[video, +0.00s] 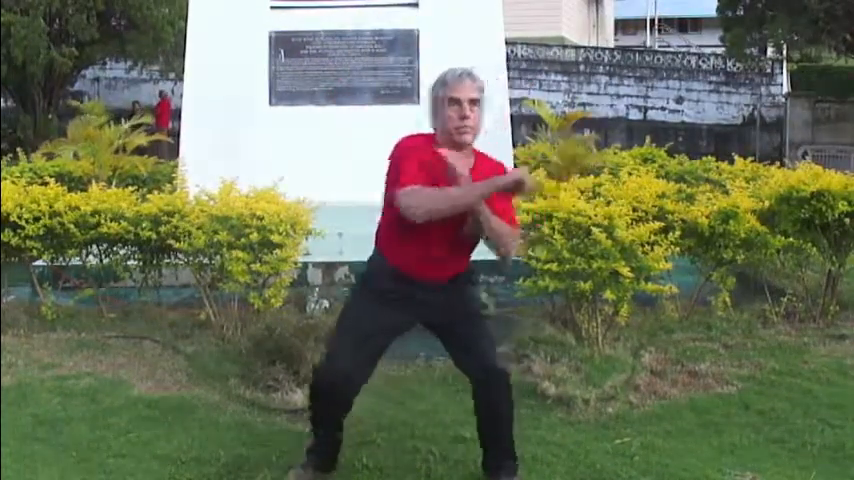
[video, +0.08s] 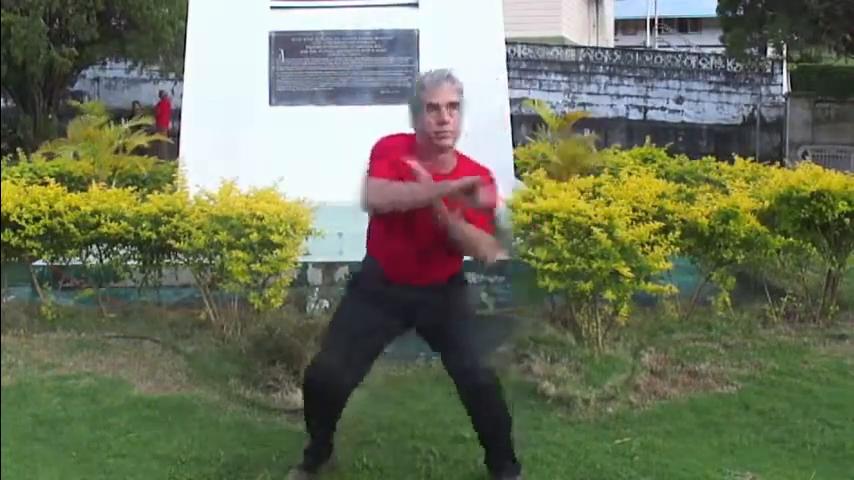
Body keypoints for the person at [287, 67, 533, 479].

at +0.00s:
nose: (464, 113)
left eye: (473, 105)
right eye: (453, 104)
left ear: (482, 114)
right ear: (435, 111)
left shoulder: (495, 172)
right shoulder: (412, 150)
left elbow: (507, 246)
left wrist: (473, 196)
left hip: (450, 293)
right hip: (387, 287)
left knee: (492, 376)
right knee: (333, 379)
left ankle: (501, 471)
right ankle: (321, 458)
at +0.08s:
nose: (443, 118)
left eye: (452, 108)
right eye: (432, 109)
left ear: (461, 114)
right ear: (415, 116)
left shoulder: (476, 176)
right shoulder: (392, 151)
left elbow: (487, 250)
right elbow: (375, 198)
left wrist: (448, 218)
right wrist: (454, 186)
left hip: (443, 294)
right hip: (379, 288)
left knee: (477, 381)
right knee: (324, 378)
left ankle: (504, 468)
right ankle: (318, 451)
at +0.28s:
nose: (373, 141)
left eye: (383, 130)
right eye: (364, 132)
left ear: (400, 132)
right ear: (354, 135)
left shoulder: (422, 198)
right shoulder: (347, 161)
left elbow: (443, 286)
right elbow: (278, 164)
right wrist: (310, 133)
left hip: (402, 310)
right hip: (351, 301)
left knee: (423, 414)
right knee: (295, 372)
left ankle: (526, 462)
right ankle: (316, 460)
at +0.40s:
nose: (348, 156)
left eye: (357, 145)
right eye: (339, 146)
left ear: (378, 145)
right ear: (330, 148)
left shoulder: (404, 208)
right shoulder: (326, 175)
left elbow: (423, 300)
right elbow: (267, 188)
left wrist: (372, 367)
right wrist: (266, 136)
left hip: (391, 320)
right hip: (342, 311)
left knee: (420, 424)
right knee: (285, 370)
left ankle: (525, 461)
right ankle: (313, 459)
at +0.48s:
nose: (343, 160)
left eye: (353, 149)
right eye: (334, 150)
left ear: (375, 147)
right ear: (326, 150)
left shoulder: (402, 210)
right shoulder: (321, 181)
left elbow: (416, 302)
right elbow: (263, 207)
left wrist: (343, 339)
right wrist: (247, 158)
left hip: (389, 321)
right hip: (338, 314)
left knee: (416, 425)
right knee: (282, 370)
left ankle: (525, 463)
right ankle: (315, 462)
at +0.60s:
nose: (337, 170)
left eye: (346, 159)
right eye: (329, 160)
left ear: (369, 156)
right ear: (321, 157)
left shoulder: (401, 211)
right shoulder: (309, 191)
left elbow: (384, 297)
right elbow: (281, 242)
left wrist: (324, 255)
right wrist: (265, 267)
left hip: (390, 320)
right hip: (332, 315)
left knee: (411, 403)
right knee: (289, 382)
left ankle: (502, 457)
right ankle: (317, 462)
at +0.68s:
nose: (336, 174)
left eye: (346, 163)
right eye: (329, 163)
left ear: (369, 158)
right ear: (321, 158)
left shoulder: (400, 212)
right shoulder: (307, 194)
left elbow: (384, 296)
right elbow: (283, 254)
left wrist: (324, 255)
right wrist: (272, 276)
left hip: (390, 319)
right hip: (333, 314)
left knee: (409, 394)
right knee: (292, 381)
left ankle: (486, 450)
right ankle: (316, 459)